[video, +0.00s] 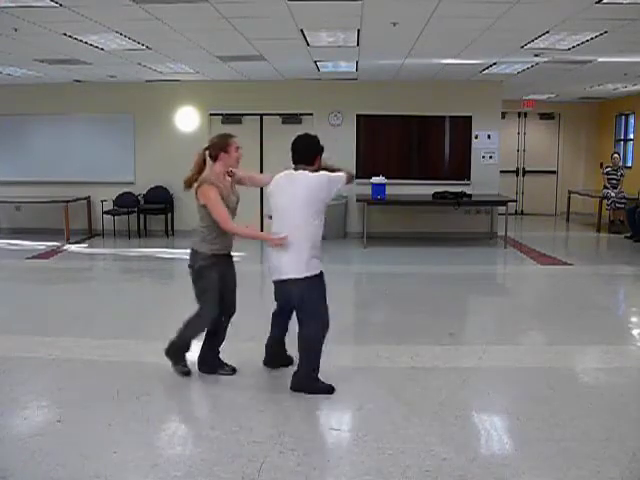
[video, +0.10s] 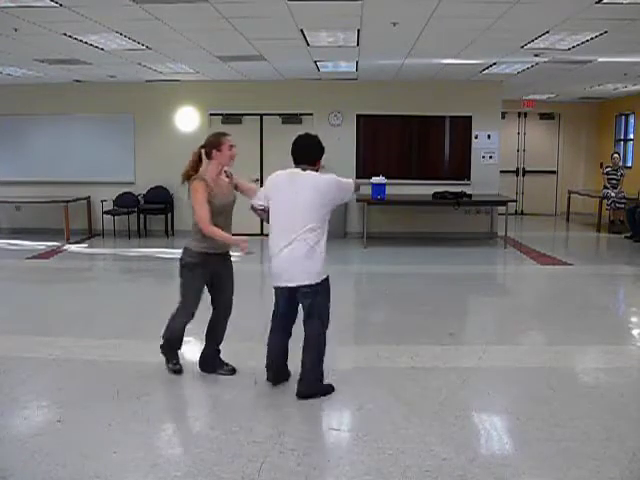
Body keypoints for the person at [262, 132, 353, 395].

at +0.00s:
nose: (320, 159)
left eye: (318, 156)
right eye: (319, 156)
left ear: (293, 156)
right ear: (317, 159)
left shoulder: (276, 181)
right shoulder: (321, 181)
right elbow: (348, 176)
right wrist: (324, 169)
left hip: (278, 267)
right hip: (306, 268)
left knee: (282, 311)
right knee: (315, 323)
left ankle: (274, 352)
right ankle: (306, 377)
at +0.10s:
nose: (321, 162)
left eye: (319, 158)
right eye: (321, 158)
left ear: (293, 158)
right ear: (318, 160)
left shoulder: (276, 179)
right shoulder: (325, 183)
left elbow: (257, 206)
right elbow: (354, 186)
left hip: (280, 271)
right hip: (311, 272)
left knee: (281, 320)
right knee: (316, 326)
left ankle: (276, 372)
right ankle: (310, 385)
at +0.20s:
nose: (319, 161)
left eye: (318, 157)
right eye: (319, 158)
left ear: (291, 158)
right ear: (317, 160)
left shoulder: (271, 180)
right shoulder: (325, 186)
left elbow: (243, 200)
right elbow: (349, 198)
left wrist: (264, 222)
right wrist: (318, 180)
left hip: (279, 275)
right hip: (313, 276)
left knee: (278, 324)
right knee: (317, 332)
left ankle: (269, 382)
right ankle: (314, 388)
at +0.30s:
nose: (315, 162)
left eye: (312, 158)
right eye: (316, 159)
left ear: (287, 158)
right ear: (314, 161)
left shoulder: (268, 181)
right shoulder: (323, 188)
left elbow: (234, 194)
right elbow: (342, 206)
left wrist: (249, 222)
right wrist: (314, 182)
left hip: (276, 276)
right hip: (312, 277)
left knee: (271, 331)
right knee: (317, 335)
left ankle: (260, 394)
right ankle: (314, 388)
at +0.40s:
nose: (306, 164)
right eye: (307, 160)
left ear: (278, 159)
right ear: (306, 162)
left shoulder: (259, 183)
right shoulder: (316, 189)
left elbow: (228, 192)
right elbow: (332, 208)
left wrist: (236, 220)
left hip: (268, 280)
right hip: (306, 279)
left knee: (262, 340)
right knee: (314, 336)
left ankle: (255, 409)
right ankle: (314, 390)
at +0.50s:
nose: (294, 164)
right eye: (295, 160)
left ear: (266, 160)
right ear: (294, 163)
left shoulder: (249, 186)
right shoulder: (306, 190)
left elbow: (214, 191)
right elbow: (332, 203)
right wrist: (303, 188)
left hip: (258, 282)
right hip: (296, 280)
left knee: (256, 343)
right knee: (306, 336)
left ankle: (257, 415)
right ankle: (309, 392)